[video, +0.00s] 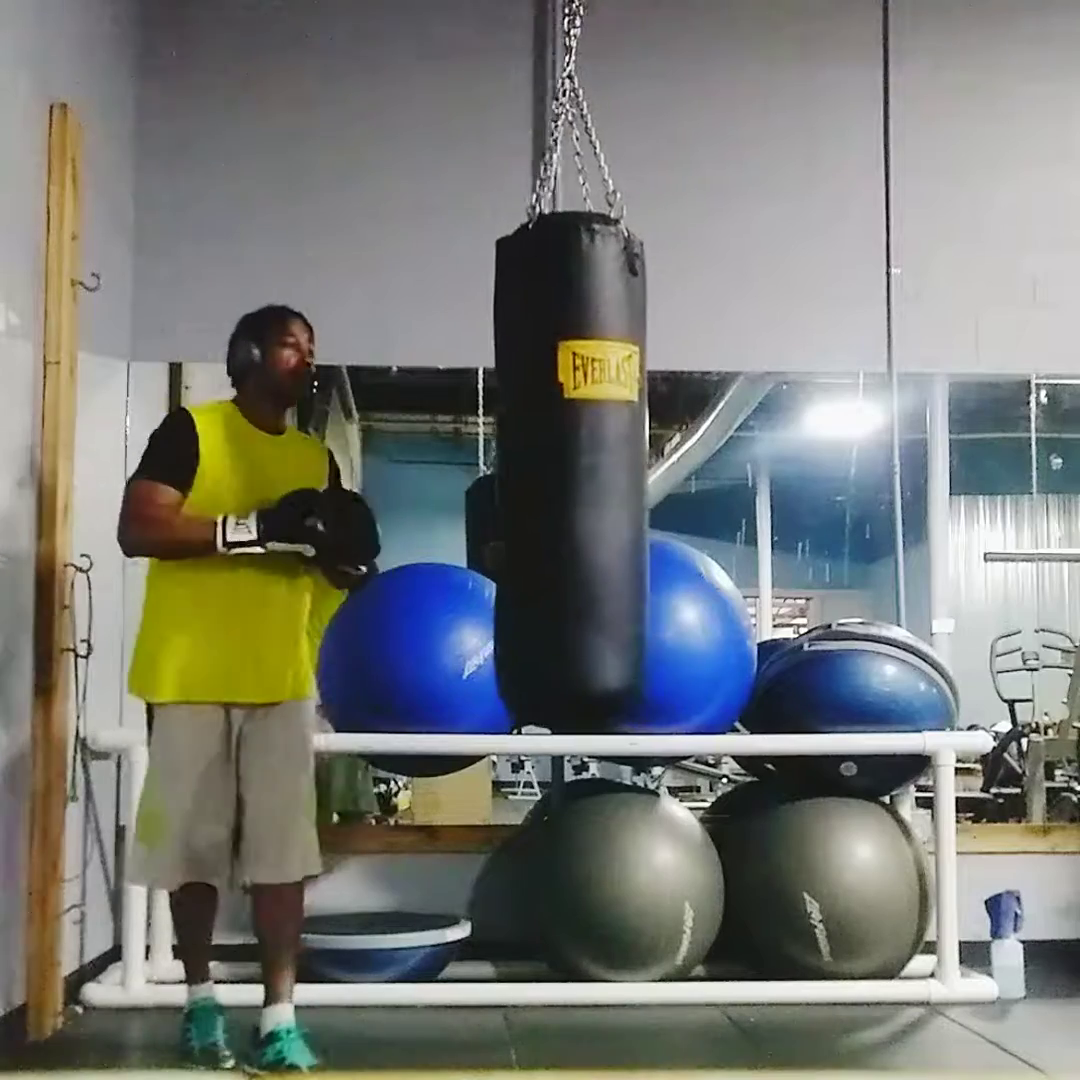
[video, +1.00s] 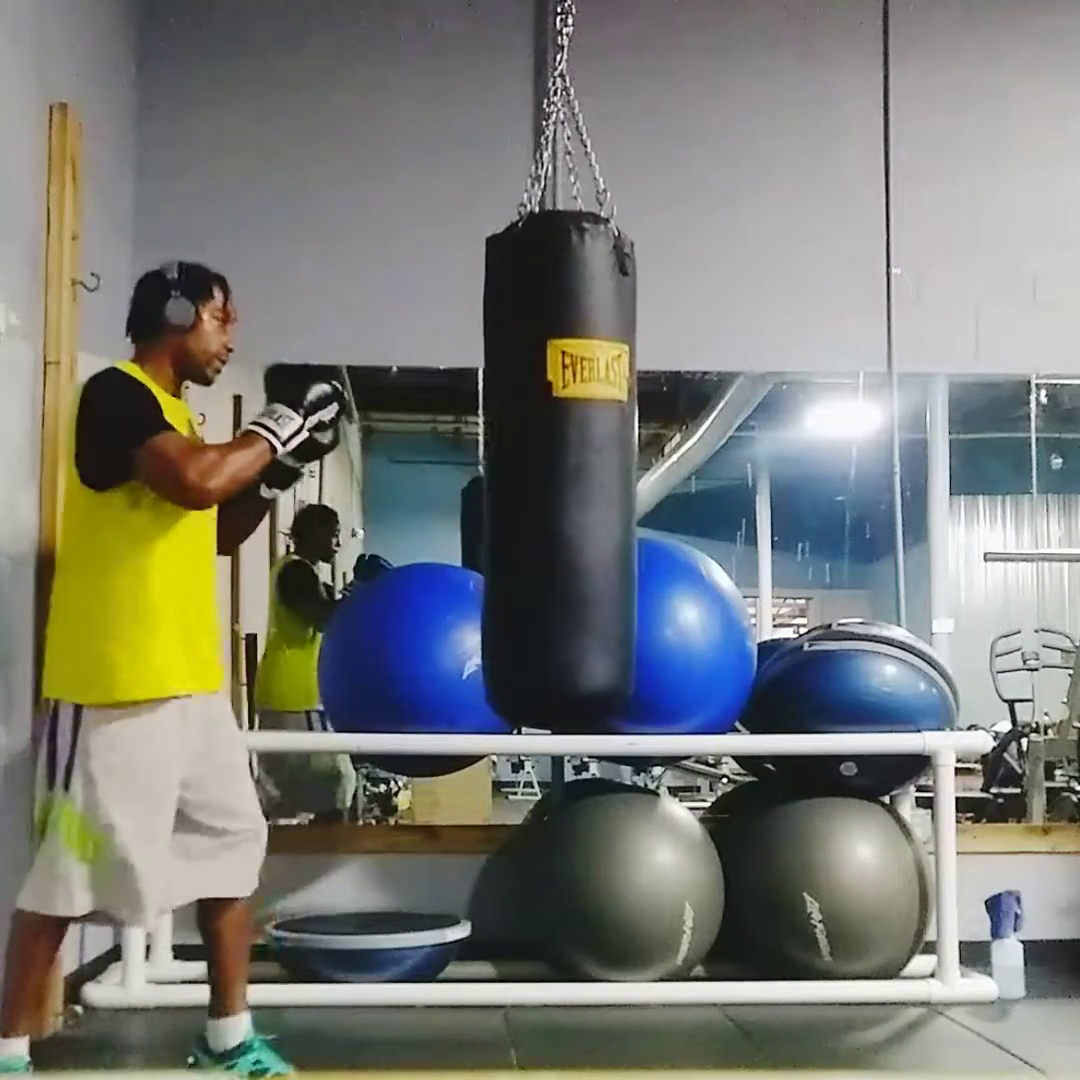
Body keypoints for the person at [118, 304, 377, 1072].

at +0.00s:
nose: (306, 360)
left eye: (309, 350)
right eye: (291, 346)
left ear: (309, 369)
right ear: (247, 358)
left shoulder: (320, 458)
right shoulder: (192, 429)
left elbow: (343, 577)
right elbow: (139, 527)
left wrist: (346, 554)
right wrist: (256, 528)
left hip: (282, 679)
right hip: (189, 674)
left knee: (282, 848)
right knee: (195, 847)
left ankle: (280, 1022)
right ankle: (202, 1008)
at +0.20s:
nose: (331, 359)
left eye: (334, 349)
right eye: (317, 343)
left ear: (327, 367)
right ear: (271, 350)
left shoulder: (332, 460)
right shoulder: (207, 413)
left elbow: (345, 585)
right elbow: (151, 510)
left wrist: (356, 556)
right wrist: (273, 517)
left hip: (287, 683)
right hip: (190, 672)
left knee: (294, 856)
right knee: (162, 845)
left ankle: (281, 1026)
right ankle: (166, 981)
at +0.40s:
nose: (318, 341)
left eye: (319, 332)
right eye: (305, 327)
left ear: (305, 348)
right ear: (260, 332)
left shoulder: (311, 441)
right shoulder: (193, 400)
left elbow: (331, 572)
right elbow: (166, 494)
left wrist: (350, 530)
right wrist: (290, 478)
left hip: (274, 680)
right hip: (178, 665)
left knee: (280, 858)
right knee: (128, 844)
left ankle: (278, 1026)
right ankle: (62, 1019)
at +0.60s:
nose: (270, 344)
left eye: (272, 332)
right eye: (256, 327)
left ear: (258, 347)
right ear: (208, 332)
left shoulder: (252, 443)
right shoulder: (148, 407)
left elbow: (277, 561)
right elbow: (179, 509)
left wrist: (321, 514)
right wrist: (287, 473)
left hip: (241, 682)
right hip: (148, 679)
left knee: (275, 851)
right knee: (93, 860)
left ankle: (275, 1026)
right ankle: (20, 1042)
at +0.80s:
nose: (241, 325)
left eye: (241, 311)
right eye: (229, 307)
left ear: (204, 318)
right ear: (180, 308)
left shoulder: (201, 416)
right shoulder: (118, 388)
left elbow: (206, 536)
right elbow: (171, 496)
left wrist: (273, 490)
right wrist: (269, 449)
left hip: (211, 670)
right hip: (117, 674)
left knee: (265, 828)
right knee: (68, 863)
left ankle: (259, 1012)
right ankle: (14, 1039)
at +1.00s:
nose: (230, 338)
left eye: (230, 324)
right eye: (220, 321)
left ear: (180, 323)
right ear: (174, 319)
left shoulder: (177, 417)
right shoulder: (114, 393)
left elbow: (220, 534)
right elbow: (199, 479)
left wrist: (277, 464)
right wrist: (280, 427)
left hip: (190, 672)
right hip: (110, 674)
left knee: (232, 842)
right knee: (65, 868)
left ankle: (230, 1036)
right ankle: (12, 1052)